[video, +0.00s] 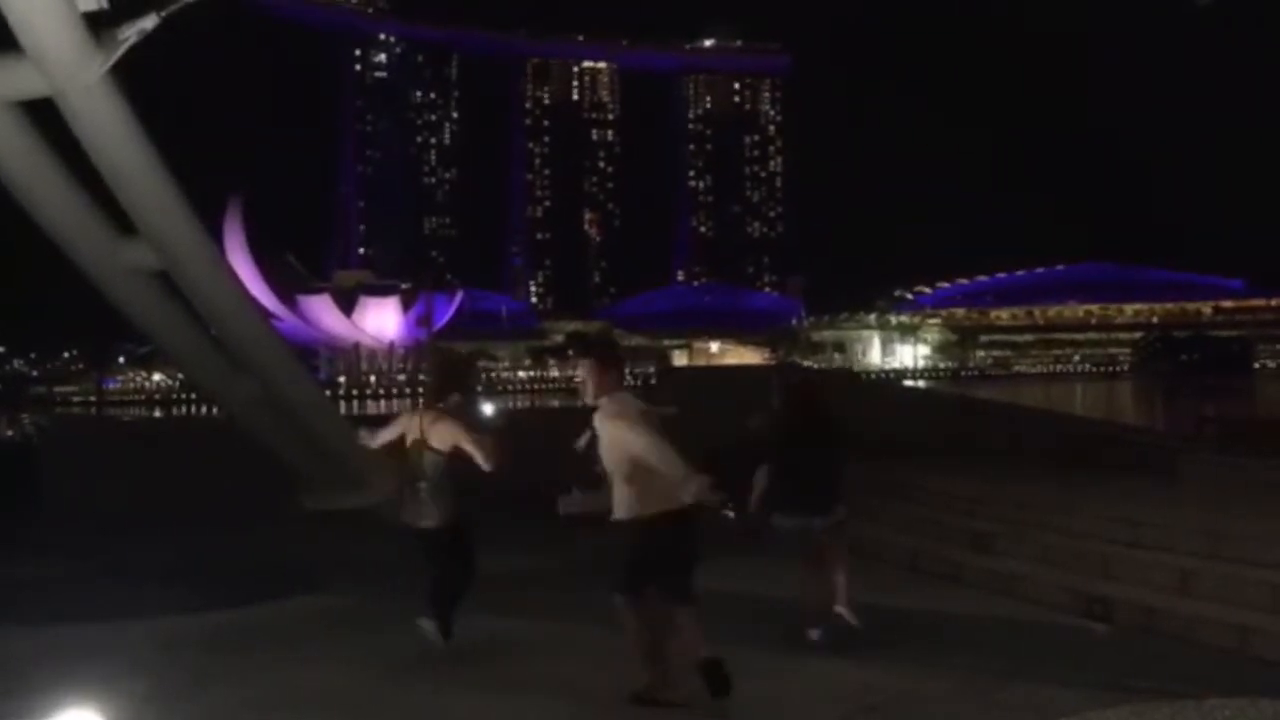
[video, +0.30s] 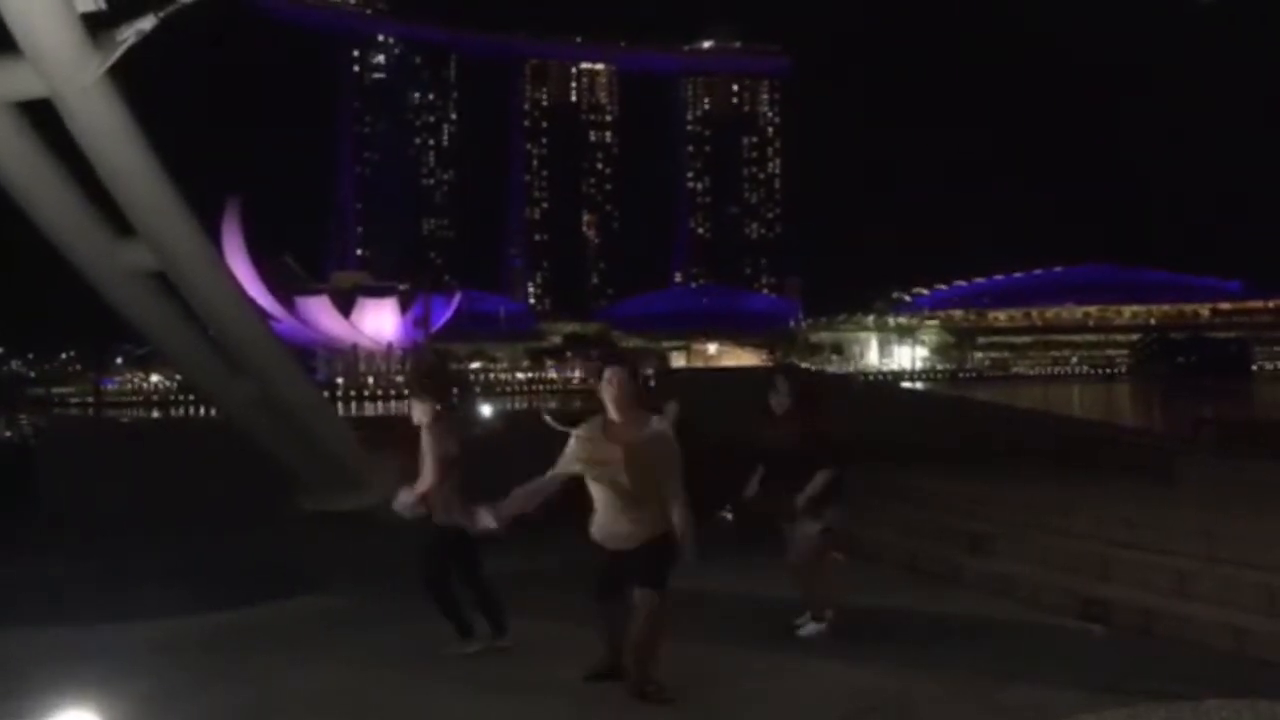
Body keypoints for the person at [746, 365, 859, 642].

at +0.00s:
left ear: (783, 401)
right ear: (818, 400)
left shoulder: (779, 427)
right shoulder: (829, 428)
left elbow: (765, 470)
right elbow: (840, 470)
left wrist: (753, 504)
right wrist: (841, 503)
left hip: (788, 509)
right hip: (824, 508)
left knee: (806, 565)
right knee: (835, 552)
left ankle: (813, 623)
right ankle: (840, 604)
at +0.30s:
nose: (774, 401)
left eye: (780, 394)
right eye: (773, 394)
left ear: (794, 397)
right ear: (770, 395)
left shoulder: (809, 427)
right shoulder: (775, 427)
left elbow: (828, 467)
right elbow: (764, 464)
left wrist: (804, 497)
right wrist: (752, 490)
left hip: (814, 505)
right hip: (788, 502)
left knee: (811, 560)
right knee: (798, 559)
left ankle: (822, 613)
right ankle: (811, 609)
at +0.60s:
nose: (779, 420)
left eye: (784, 414)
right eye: (774, 414)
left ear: (793, 418)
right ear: (766, 419)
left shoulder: (804, 446)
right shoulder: (759, 448)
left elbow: (812, 494)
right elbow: (756, 494)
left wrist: (785, 531)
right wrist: (769, 531)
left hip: (807, 512)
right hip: (769, 512)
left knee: (814, 562)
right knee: (762, 563)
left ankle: (811, 619)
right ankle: (766, 623)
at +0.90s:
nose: (770, 420)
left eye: (776, 416)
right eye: (768, 415)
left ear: (787, 420)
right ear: (764, 418)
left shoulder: (799, 448)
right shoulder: (753, 439)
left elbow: (823, 477)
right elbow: (729, 426)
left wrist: (795, 503)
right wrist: (702, 419)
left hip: (795, 513)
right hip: (758, 509)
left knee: (800, 560)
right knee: (756, 560)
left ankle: (802, 617)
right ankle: (758, 616)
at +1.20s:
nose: (764, 417)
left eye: (770, 411)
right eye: (761, 411)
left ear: (781, 415)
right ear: (756, 414)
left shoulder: (791, 444)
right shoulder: (747, 443)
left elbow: (822, 464)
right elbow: (732, 483)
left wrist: (825, 496)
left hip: (780, 511)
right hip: (746, 510)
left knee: (772, 564)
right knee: (743, 563)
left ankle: (799, 613)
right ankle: (758, 615)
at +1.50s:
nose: (768, 409)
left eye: (773, 404)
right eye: (764, 404)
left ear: (781, 407)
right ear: (756, 406)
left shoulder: (792, 426)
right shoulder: (746, 433)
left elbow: (817, 424)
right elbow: (739, 479)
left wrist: (843, 423)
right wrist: (774, 498)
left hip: (792, 502)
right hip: (752, 504)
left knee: (806, 561)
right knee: (747, 562)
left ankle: (816, 622)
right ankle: (754, 612)